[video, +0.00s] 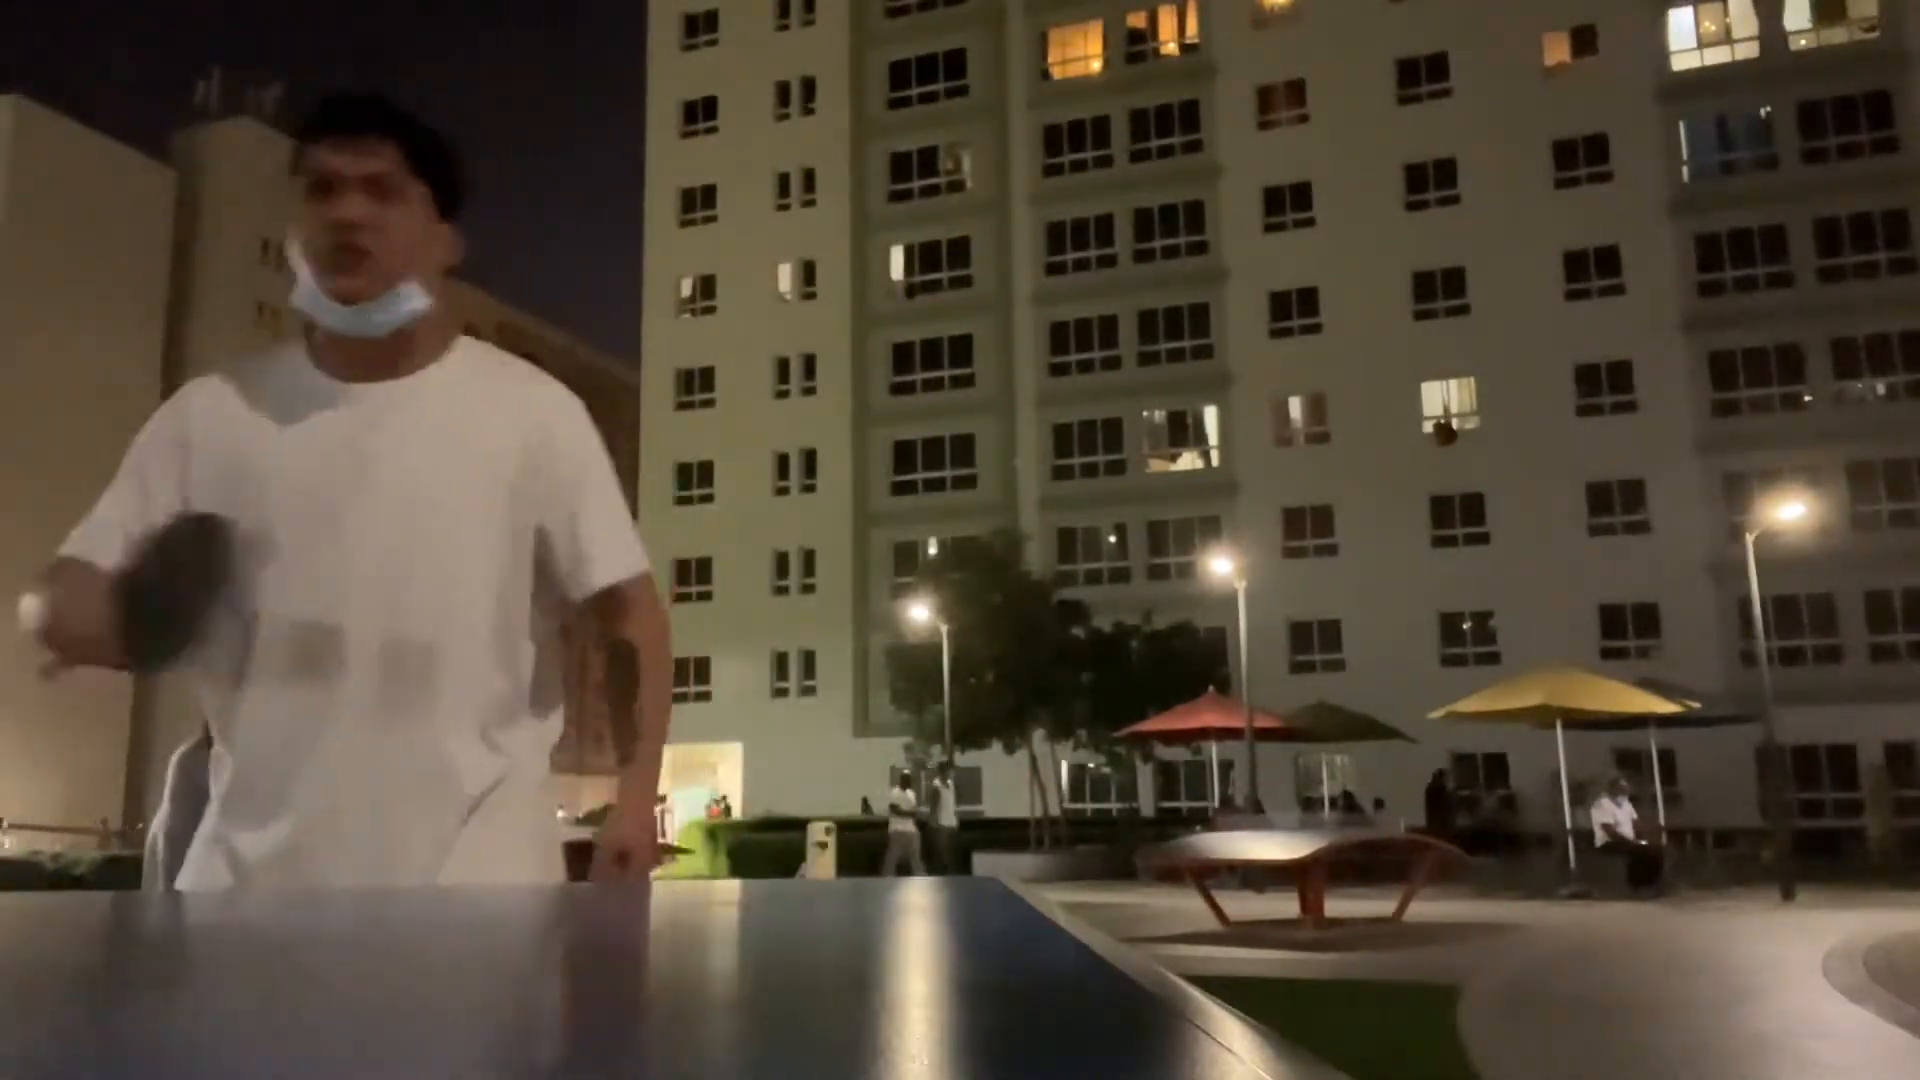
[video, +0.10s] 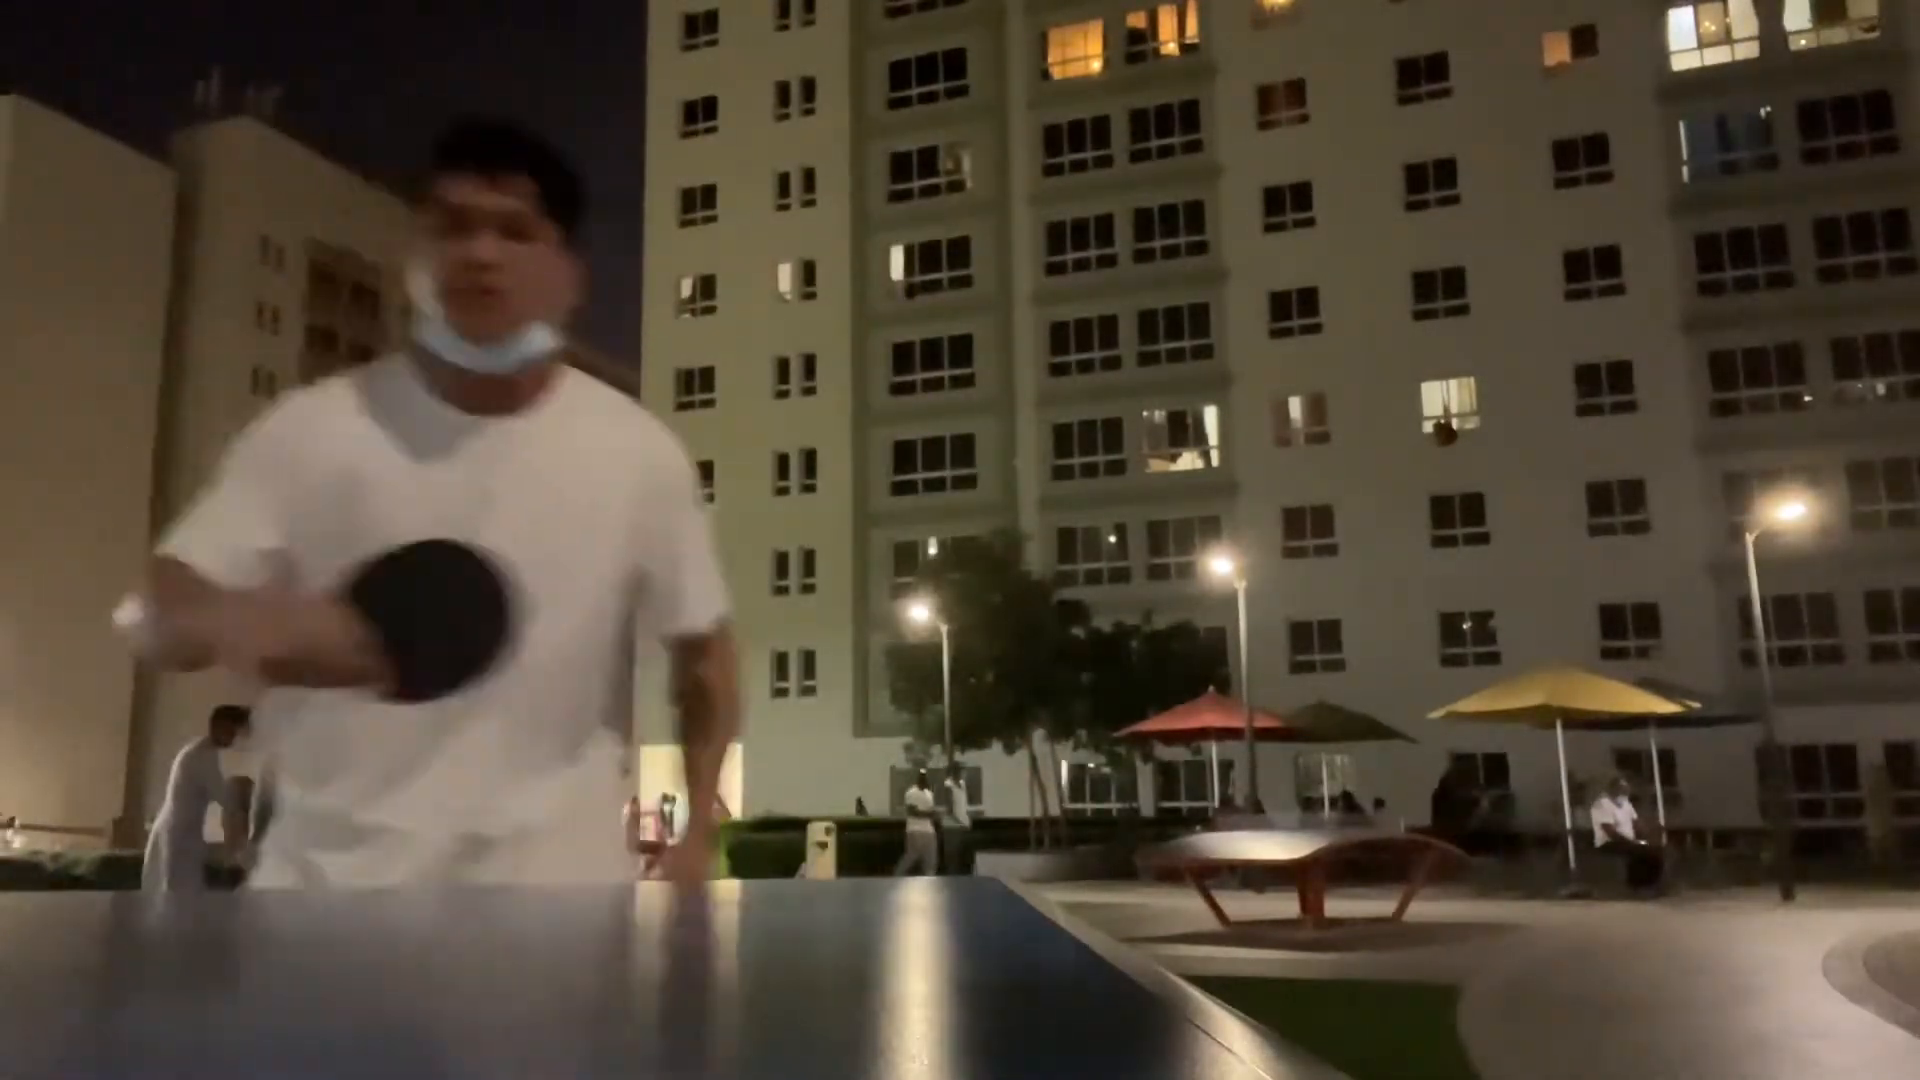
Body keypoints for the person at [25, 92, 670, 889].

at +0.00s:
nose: (345, 212)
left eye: (380, 191)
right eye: (321, 190)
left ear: (446, 240)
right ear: (291, 228)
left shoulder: (534, 417)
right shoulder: (211, 417)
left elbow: (635, 612)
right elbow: (63, 604)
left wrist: (636, 803)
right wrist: (133, 616)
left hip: (472, 868)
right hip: (258, 871)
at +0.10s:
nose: (478, 253)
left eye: (512, 230)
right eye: (452, 227)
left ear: (567, 270)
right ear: (416, 255)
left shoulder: (633, 454)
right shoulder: (314, 432)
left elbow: (704, 647)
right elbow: (159, 613)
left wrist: (700, 827)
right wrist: (286, 631)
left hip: (550, 894)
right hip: (329, 892)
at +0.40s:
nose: (487, 210)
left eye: (527, 188)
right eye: (459, 184)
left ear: (584, 247)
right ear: (420, 228)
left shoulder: (649, 436)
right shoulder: (339, 391)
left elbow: (740, 633)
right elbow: (101, 483)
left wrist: (767, 820)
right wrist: (184, 475)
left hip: (568, 891)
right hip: (341, 887)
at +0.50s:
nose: (310, 184)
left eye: (352, 163)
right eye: (281, 155)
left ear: (420, 230)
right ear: (241, 196)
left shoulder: (496, 424)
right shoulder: (132, 401)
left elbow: (590, 622)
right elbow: (9, 517)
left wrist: (620, 815)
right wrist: (62, 626)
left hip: (437, 893)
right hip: (192, 894)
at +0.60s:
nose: (220, 147)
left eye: (264, 127)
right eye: (193, 119)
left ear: (334, 185)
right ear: (157, 158)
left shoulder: (434, 393)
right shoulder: (43, 385)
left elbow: (541, 606)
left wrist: (548, 801)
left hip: (377, 883)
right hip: (135, 887)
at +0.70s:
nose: (229, 168)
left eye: (272, 145)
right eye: (206, 140)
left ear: (353, 207)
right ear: (175, 176)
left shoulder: (463, 400)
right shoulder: (70, 409)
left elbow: (584, 614)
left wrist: (569, 814)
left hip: (400, 892)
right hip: (150, 898)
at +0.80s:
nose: (141, 223)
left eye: (185, 191)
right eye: (134, 191)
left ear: (297, 219)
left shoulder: (422, 418)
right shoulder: (48, 433)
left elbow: (565, 615)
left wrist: (565, 843)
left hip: (392, 922)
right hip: (134, 925)